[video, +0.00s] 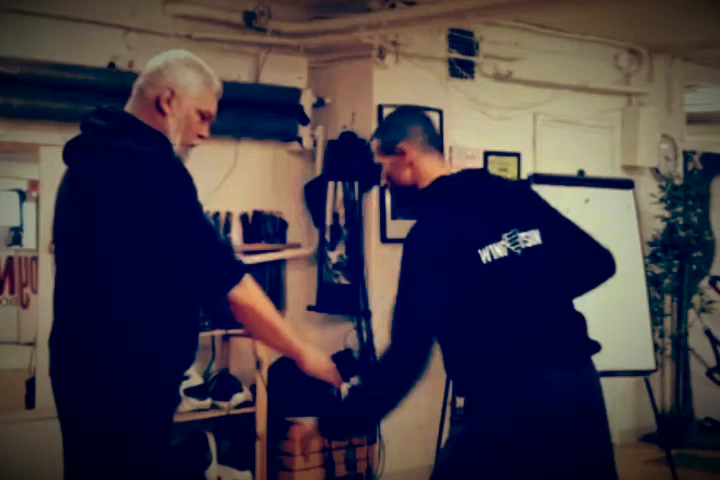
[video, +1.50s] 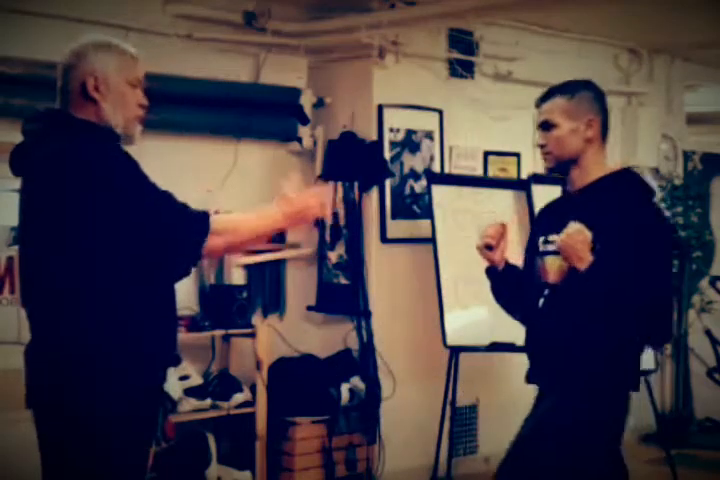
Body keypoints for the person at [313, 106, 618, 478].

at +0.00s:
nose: (386, 178)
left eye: (384, 165)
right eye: (382, 167)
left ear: (405, 152)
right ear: (431, 146)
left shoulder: (430, 232)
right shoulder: (513, 192)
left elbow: (408, 356)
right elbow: (598, 263)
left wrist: (331, 424)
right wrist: (533, 296)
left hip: (498, 407)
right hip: (576, 393)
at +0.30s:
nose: (385, 186)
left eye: (382, 173)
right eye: (379, 176)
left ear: (406, 157)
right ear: (427, 149)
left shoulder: (434, 241)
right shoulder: (508, 192)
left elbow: (414, 360)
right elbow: (586, 266)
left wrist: (330, 423)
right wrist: (523, 298)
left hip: (501, 406)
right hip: (576, 387)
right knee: (598, 473)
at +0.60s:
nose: (404, 169)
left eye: (405, 154)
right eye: (400, 158)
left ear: (436, 140)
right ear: (444, 140)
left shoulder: (455, 232)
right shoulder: (535, 194)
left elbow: (416, 346)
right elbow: (600, 275)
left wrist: (331, 396)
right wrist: (531, 308)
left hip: (514, 403)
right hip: (584, 388)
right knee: (600, 476)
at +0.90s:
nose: (495, 144)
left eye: (503, 130)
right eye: (497, 131)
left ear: (541, 130)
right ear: (544, 130)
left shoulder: (546, 215)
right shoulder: (597, 195)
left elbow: (500, 341)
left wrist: (410, 385)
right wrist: (515, 299)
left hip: (566, 405)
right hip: (624, 396)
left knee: (528, 473)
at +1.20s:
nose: (551, 132)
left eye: (561, 118)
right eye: (552, 120)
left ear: (602, 122)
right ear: (598, 124)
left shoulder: (637, 186)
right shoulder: (587, 194)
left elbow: (602, 293)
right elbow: (559, 298)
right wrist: (526, 258)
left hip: (611, 379)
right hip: (588, 377)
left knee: (552, 472)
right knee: (617, 472)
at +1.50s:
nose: (539, 141)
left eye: (548, 127)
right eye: (539, 130)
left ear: (589, 129)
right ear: (584, 131)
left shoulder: (633, 207)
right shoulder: (551, 215)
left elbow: (655, 324)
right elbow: (537, 312)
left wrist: (587, 265)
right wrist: (501, 266)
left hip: (596, 390)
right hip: (556, 387)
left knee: (517, 473)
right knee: (600, 472)